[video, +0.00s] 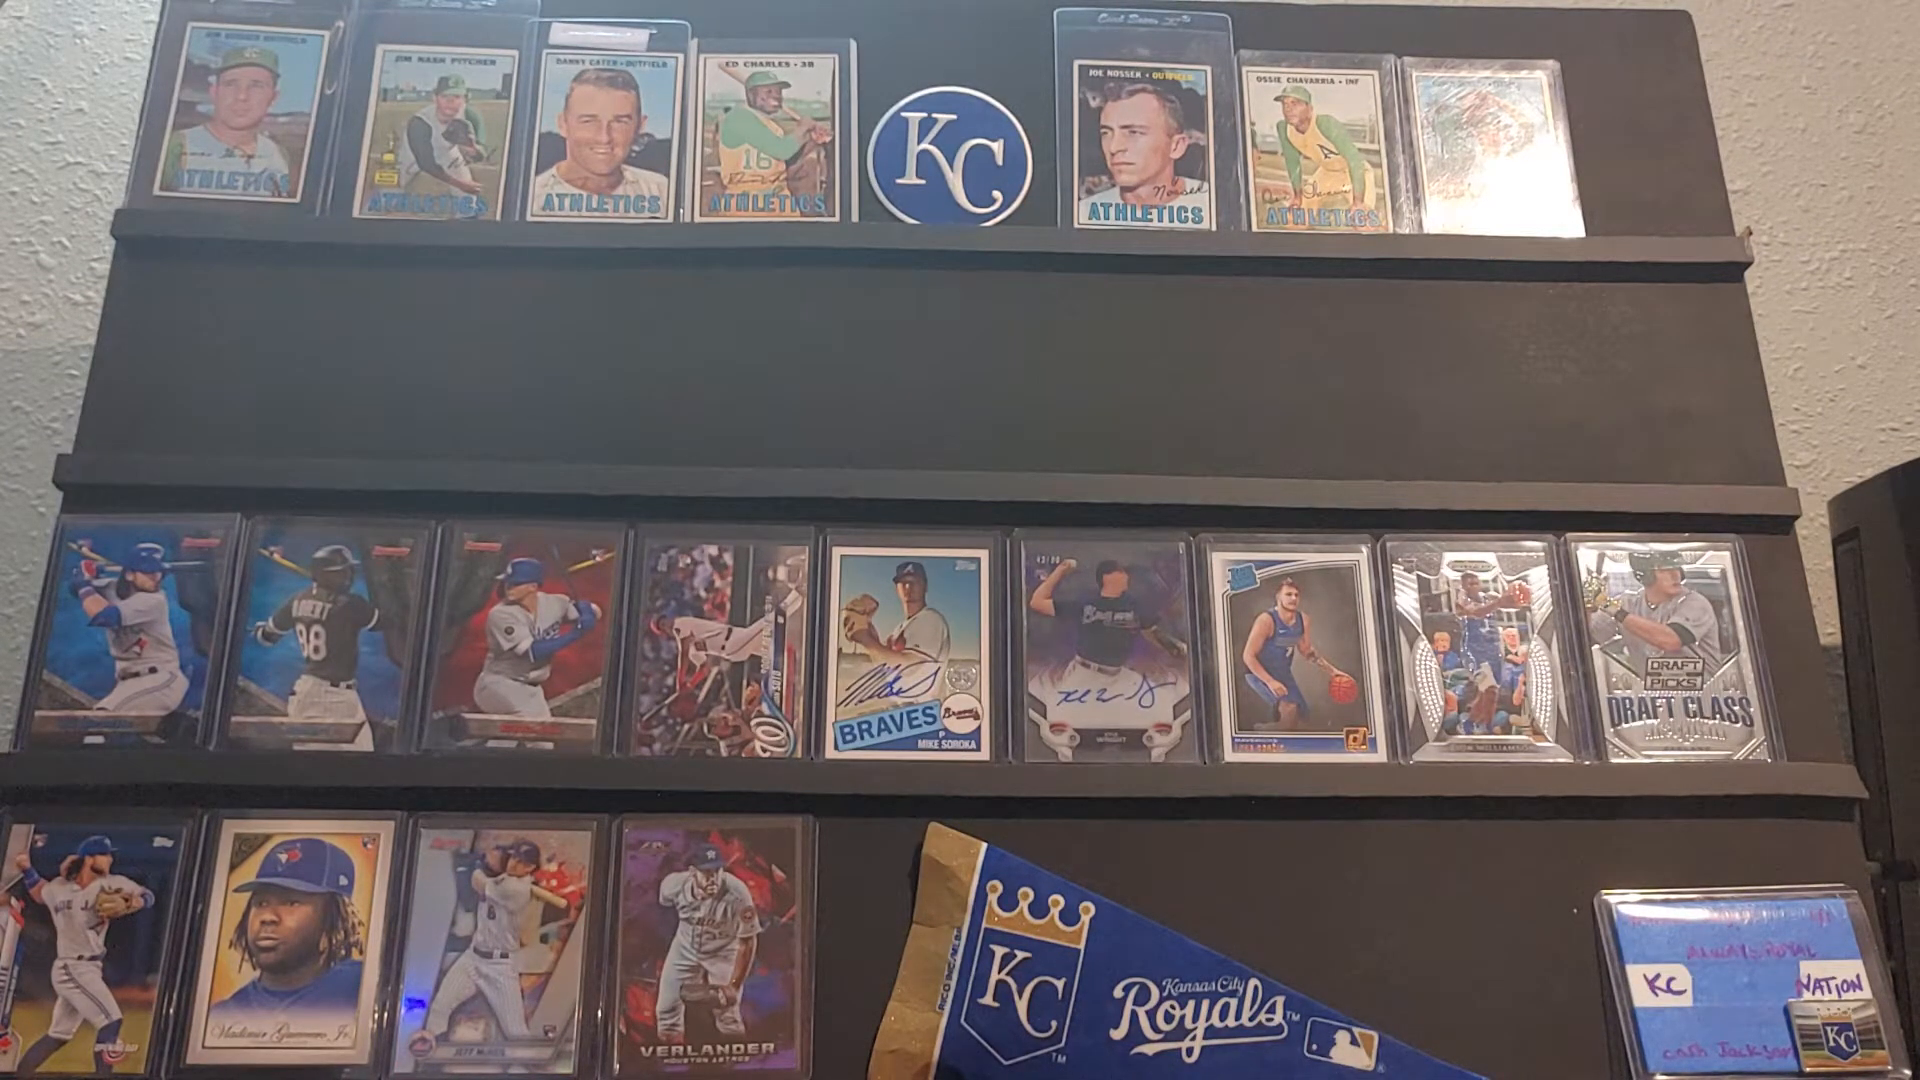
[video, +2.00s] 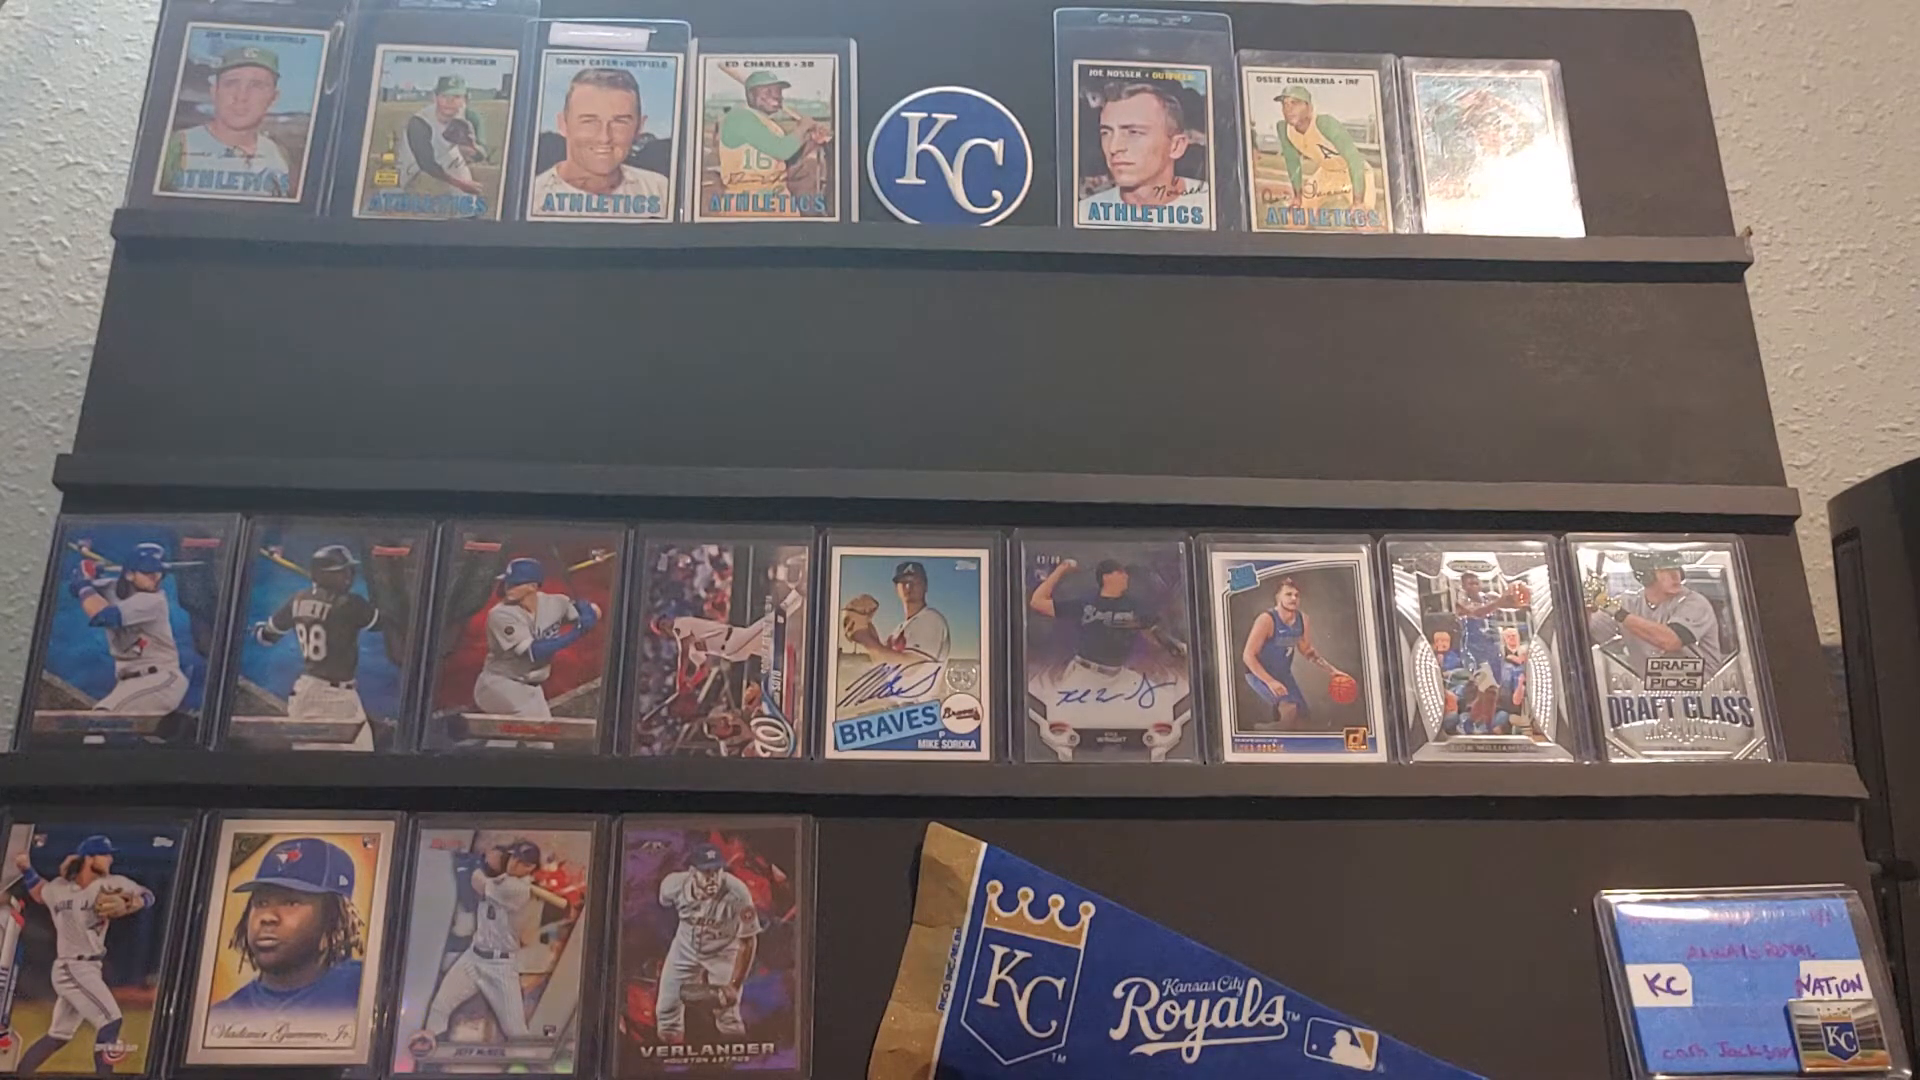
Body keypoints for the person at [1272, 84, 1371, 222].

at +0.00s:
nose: (1288, 109)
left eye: (1294, 104)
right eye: (1285, 105)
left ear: (1309, 108)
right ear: (1282, 108)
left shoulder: (1327, 124)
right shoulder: (1284, 128)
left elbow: (1355, 161)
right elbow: (1292, 162)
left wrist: (1358, 202)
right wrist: (1297, 197)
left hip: (1355, 172)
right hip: (1327, 171)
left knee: (1361, 217)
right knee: (1303, 209)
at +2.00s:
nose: (1288, 109)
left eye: (1294, 103)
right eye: (1285, 104)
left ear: (1308, 107)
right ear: (1282, 108)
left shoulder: (1326, 123)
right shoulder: (1283, 128)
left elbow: (1355, 159)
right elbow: (1292, 162)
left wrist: (1358, 203)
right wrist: (1297, 196)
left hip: (1354, 172)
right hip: (1326, 172)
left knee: (1361, 218)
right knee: (1304, 210)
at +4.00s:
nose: (1288, 109)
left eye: (1294, 103)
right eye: (1284, 104)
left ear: (1309, 107)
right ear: (1281, 108)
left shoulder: (1327, 124)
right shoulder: (1283, 128)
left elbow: (1355, 161)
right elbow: (1293, 163)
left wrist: (1358, 202)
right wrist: (1297, 197)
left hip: (1355, 172)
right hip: (1327, 172)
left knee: (1360, 219)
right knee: (1303, 208)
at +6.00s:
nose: (1288, 109)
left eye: (1294, 103)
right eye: (1284, 104)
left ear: (1308, 107)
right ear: (1281, 107)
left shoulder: (1326, 123)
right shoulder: (1283, 128)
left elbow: (1354, 159)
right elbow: (1293, 164)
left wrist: (1358, 202)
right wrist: (1297, 197)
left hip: (1354, 172)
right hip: (1327, 172)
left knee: (1360, 219)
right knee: (1301, 208)